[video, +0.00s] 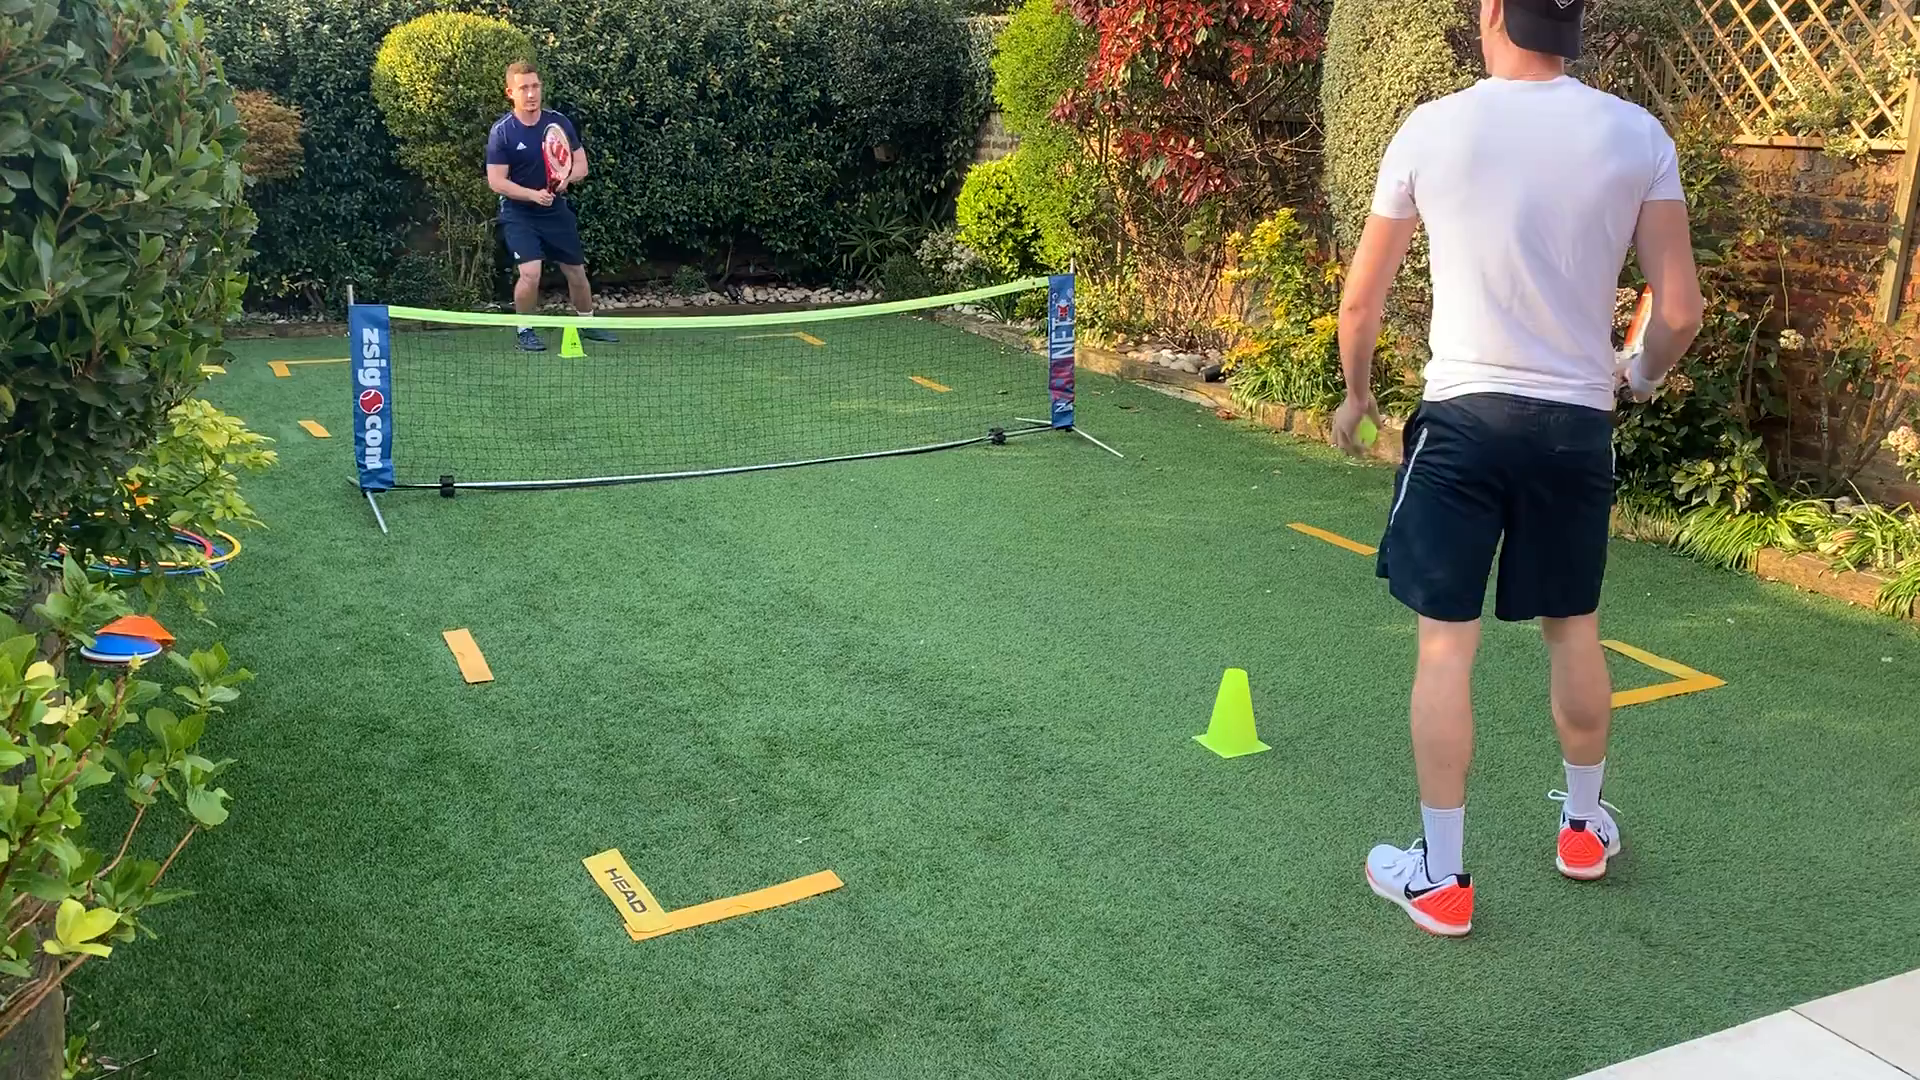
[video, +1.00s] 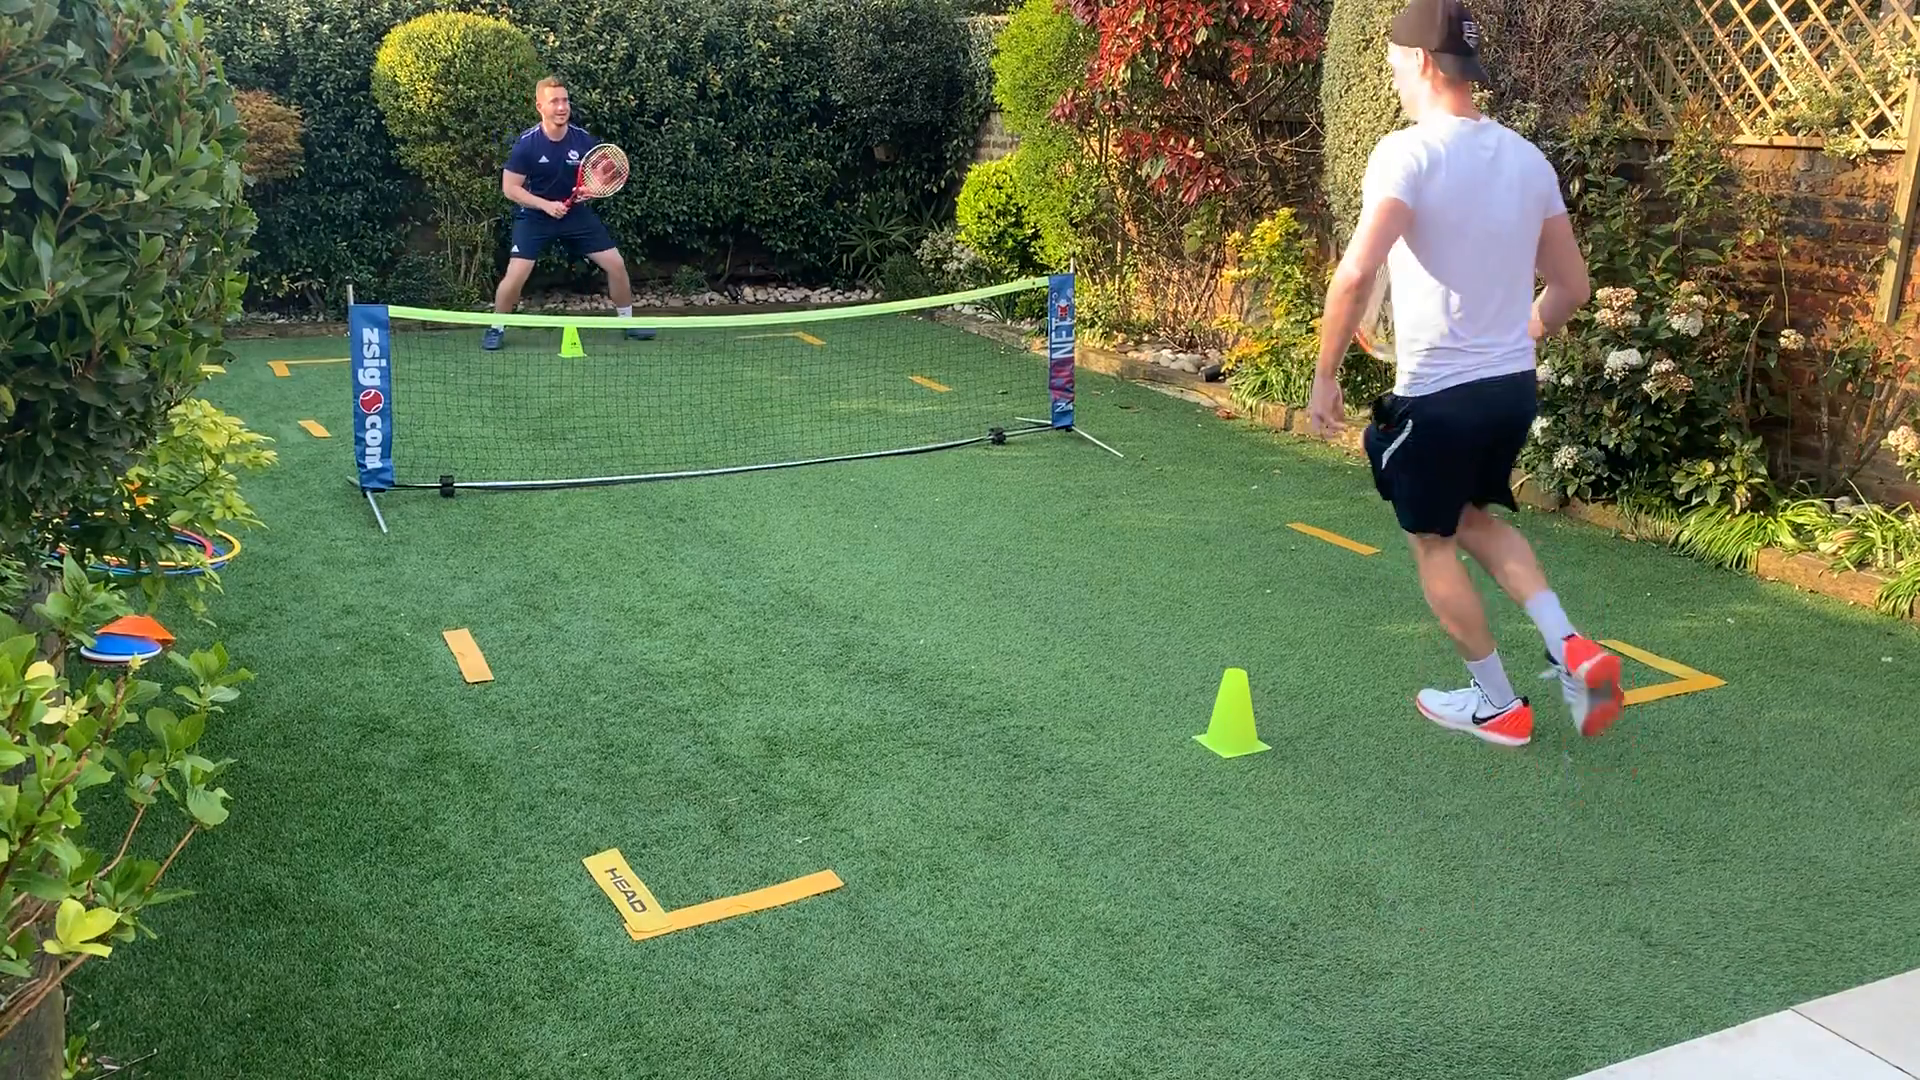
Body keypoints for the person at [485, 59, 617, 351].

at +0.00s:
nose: (532, 93)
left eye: (535, 87)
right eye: (524, 88)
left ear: (541, 89)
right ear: (510, 94)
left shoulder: (559, 122)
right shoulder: (501, 132)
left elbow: (581, 165)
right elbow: (496, 181)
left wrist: (567, 176)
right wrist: (532, 195)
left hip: (557, 208)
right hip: (519, 213)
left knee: (576, 271)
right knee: (531, 273)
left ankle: (587, 325)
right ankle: (525, 330)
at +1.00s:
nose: (562, 107)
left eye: (565, 101)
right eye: (554, 102)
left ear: (570, 104)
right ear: (540, 107)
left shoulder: (582, 139)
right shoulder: (526, 144)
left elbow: (601, 173)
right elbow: (510, 188)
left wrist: (594, 186)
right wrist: (546, 205)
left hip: (576, 213)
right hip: (534, 217)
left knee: (616, 264)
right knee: (517, 273)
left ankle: (628, 323)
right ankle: (496, 327)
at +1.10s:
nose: (583, 106)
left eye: (586, 100)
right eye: (575, 101)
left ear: (590, 104)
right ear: (560, 108)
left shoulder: (605, 141)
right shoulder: (547, 145)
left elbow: (620, 176)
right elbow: (531, 188)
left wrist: (610, 190)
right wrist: (564, 207)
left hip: (599, 218)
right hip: (556, 221)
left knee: (635, 264)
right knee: (530, 276)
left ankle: (649, 320)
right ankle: (498, 327)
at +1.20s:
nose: (605, 101)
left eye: (608, 95)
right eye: (597, 96)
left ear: (613, 98)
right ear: (583, 103)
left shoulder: (630, 133)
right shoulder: (572, 138)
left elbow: (648, 178)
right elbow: (554, 181)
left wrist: (630, 188)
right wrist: (582, 200)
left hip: (625, 212)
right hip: (586, 213)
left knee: (652, 268)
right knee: (554, 271)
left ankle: (650, 323)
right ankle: (517, 327)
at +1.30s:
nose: (621, 91)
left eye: (625, 85)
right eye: (614, 86)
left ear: (630, 87)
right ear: (601, 91)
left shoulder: (649, 122)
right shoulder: (590, 126)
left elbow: (666, 167)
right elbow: (575, 168)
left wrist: (631, 175)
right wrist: (594, 186)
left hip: (647, 204)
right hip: (607, 203)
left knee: (659, 267)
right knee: (592, 261)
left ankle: (653, 321)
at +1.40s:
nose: (636, 84)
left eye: (640, 77)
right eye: (629, 79)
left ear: (646, 79)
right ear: (616, 83)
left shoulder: (664, 113)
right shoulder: (605, 117)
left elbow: (678, 159)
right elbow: (596, 157)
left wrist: (639, 166)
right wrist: (609, 182)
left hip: (666, 195)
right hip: (627, 196)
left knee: (683, 254)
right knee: (620, 260)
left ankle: (670, 313)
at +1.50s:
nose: (653, 89)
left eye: (657, 83)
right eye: (646, 84)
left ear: (663, 84)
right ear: (635, 88)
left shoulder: (681, 120)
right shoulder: (625, 122)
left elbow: (694, 166)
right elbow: (619, 162)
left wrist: (652, 172)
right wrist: (622, 186)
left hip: (685, 198)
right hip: (647, 203)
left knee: (710, 256)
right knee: (646, 269)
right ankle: (668, 320)